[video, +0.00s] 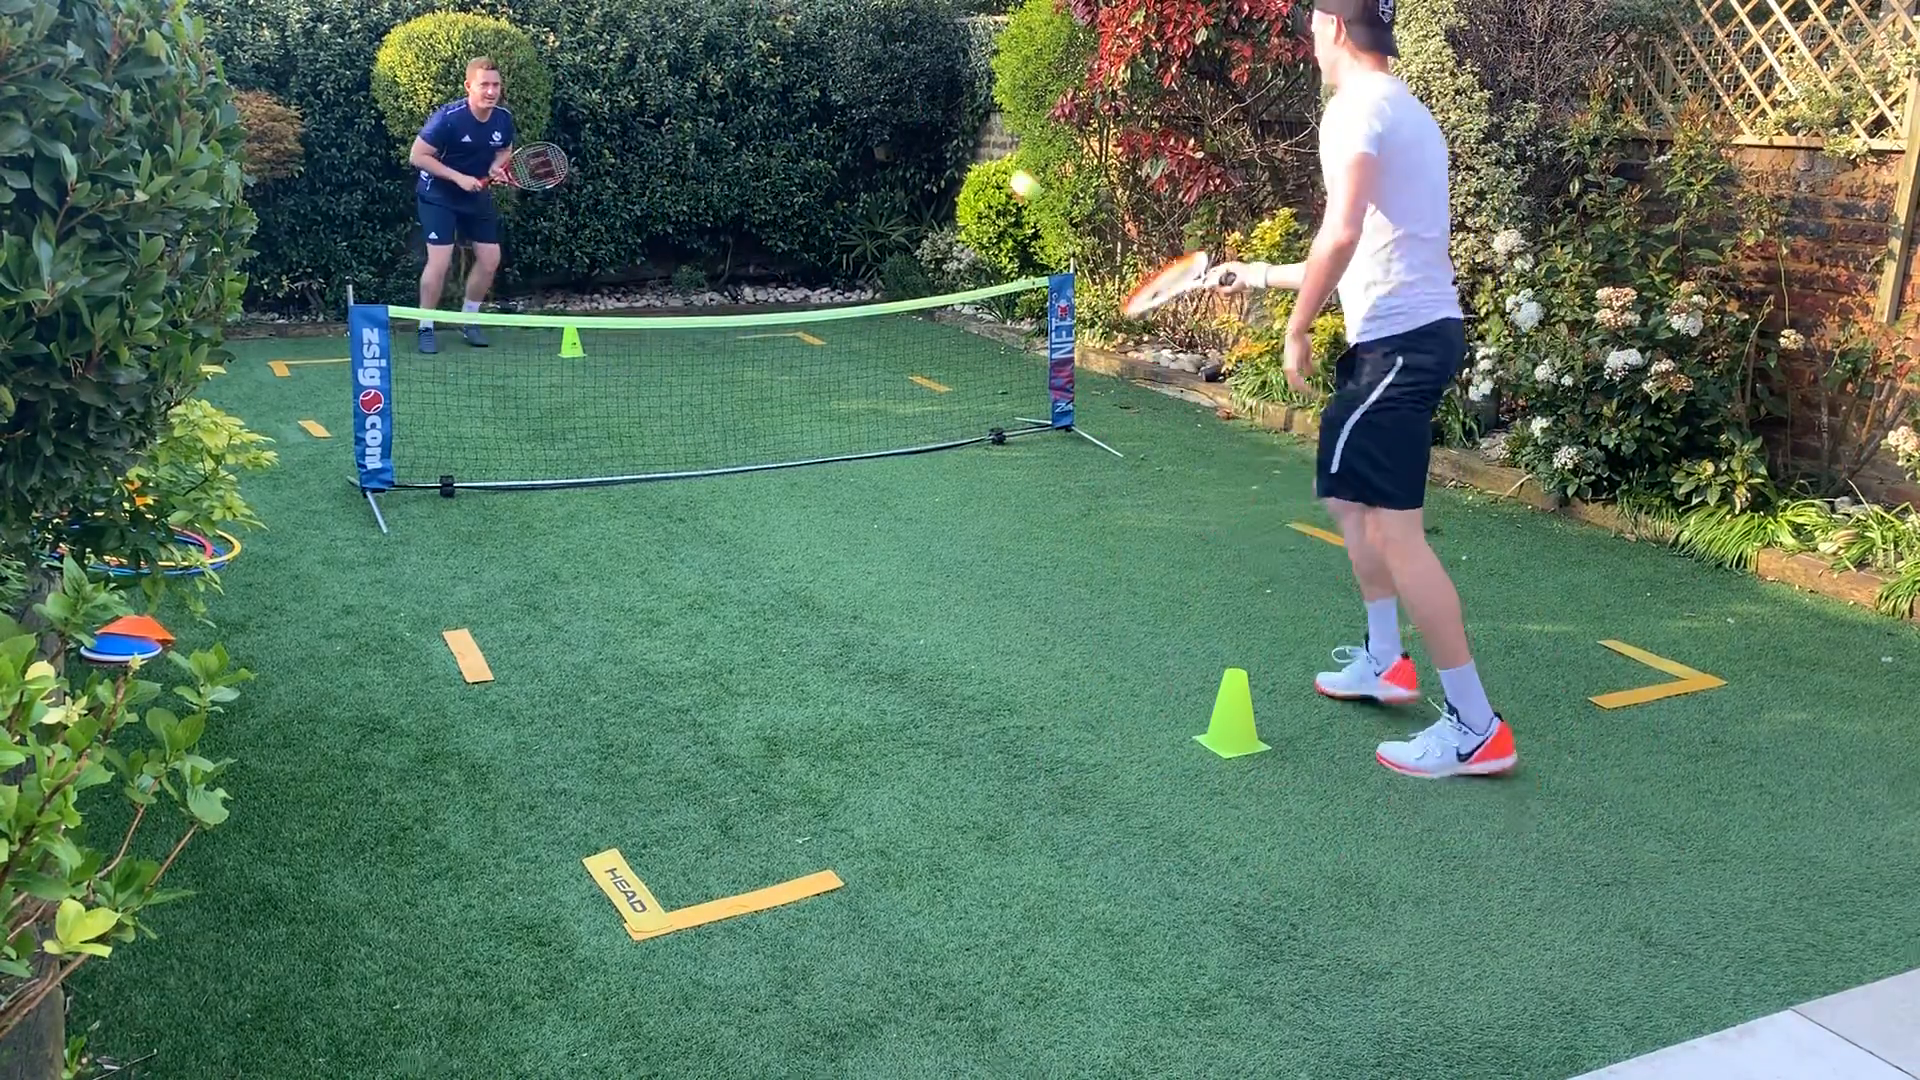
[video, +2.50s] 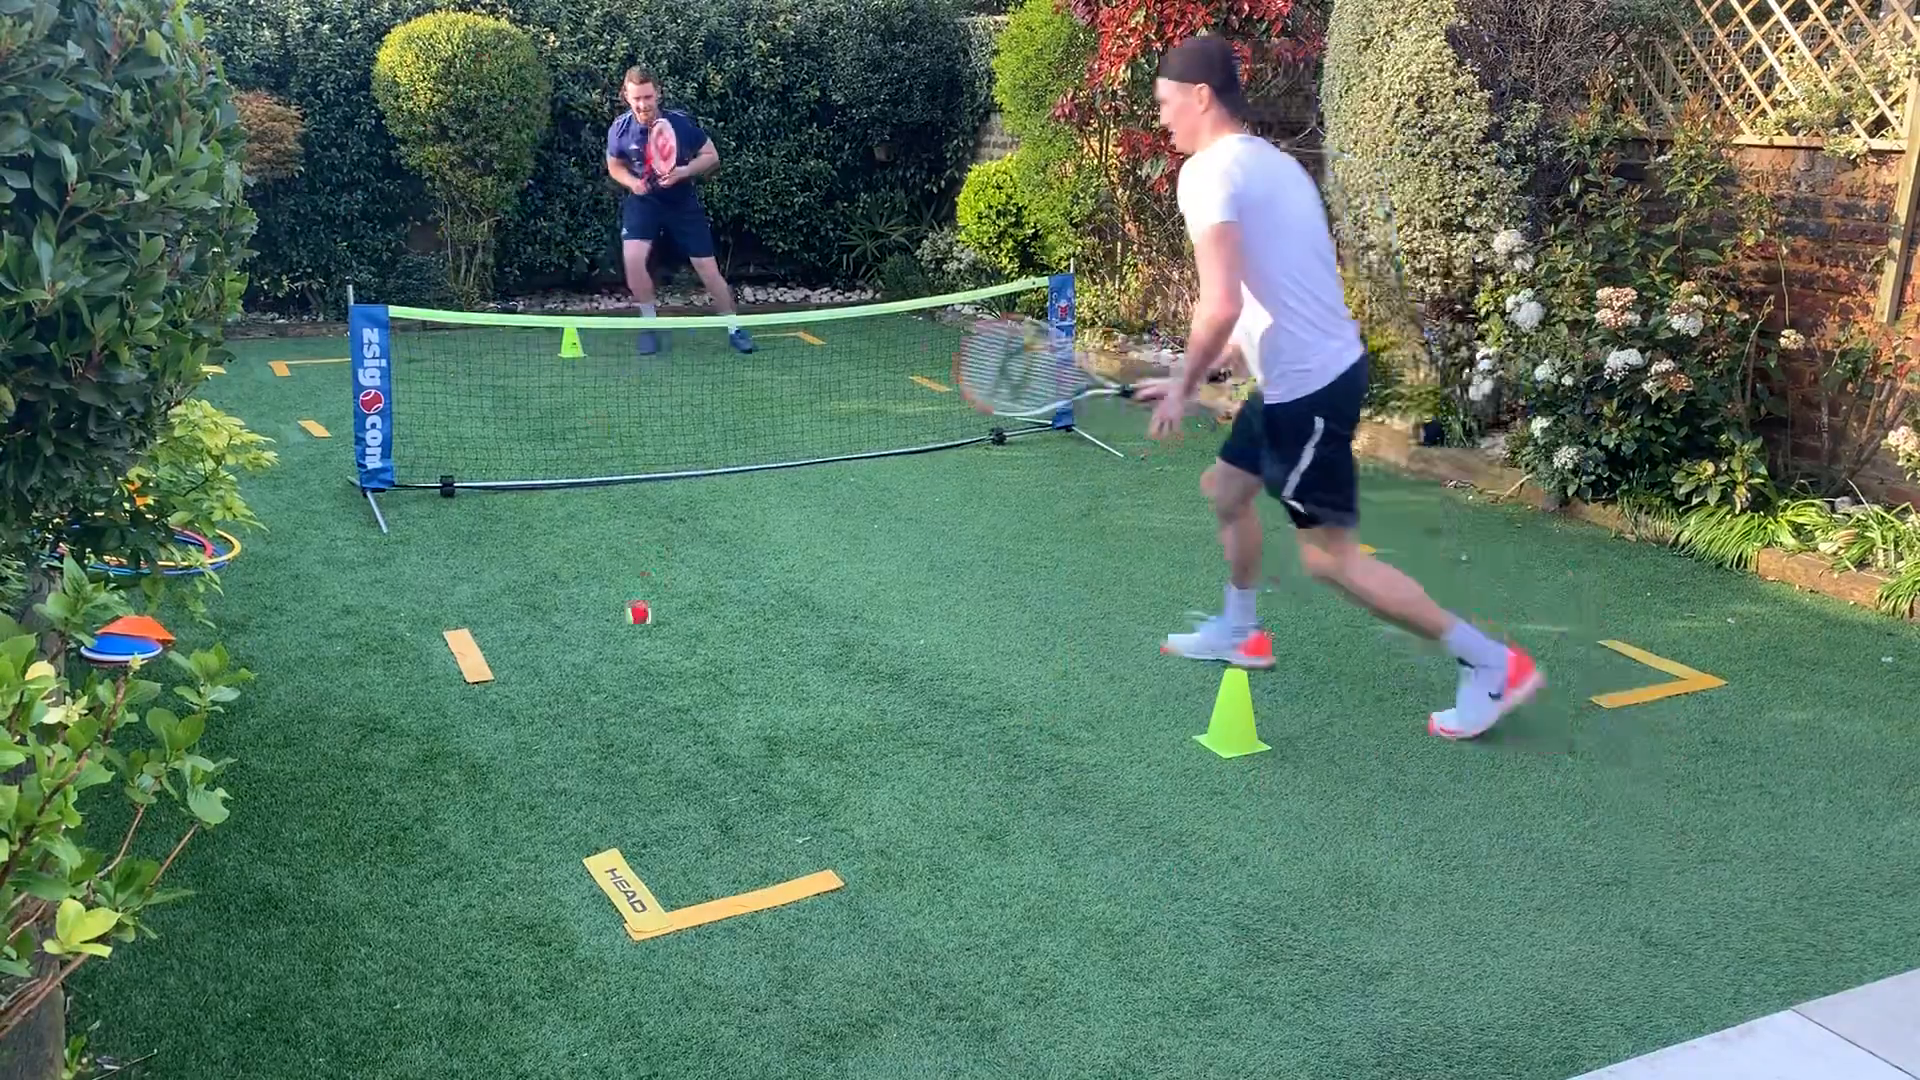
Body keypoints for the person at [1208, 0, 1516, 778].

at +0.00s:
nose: (1308, 41)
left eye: (1311, 26)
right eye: (1309, 27)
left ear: (1333, 27)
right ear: (1378, 31)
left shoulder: (1357, 104)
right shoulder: (1406, 108)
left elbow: (1345, 231)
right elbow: (1364, 254)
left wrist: (1299, 328)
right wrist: (1252, 274)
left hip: (1401, 337)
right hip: (1405, 334)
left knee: (1394, 530)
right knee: (1345, 489)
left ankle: (1476, 723)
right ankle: (1383, 658)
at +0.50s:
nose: (1177, 139)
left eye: (1175, 122)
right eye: (1170, 126)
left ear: (1205, 100)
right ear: (1213, 102)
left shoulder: (1255, 171)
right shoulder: (1286, 161)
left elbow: (1298, 288)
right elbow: (1346, 272)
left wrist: (1248, 392)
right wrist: (1344, 353)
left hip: (1285, 386)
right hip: (1314, 378)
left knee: (1138, 489)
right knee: (1241, 492)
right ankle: (1312, 620)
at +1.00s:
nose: (1095, 36)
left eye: (1096, 23)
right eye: (1097, 24)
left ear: (1110, 24)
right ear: (1177, 28)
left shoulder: (1136, 107)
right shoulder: (1235, 108)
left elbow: (1134, 250)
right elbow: (1311, 214)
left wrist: (1064, 293)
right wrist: (1287, 315)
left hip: (1191, 345)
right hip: (1245, 345)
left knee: (1102, 527)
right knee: (1127, 515)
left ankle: (1073, 740)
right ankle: (1108, 689)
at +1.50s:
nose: (1225, 76)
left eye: (1228, 61)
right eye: (1230, 60)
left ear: (1245, 73)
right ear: (1316, 74)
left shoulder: (1229, 181)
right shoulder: (1379, 174)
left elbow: (1211, 341)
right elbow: (1447, 319)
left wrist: (1198, 402)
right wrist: (1390, 402)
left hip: (1321, 442)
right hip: (1406, 435)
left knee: (1232, 654)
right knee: (1307, 579)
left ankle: (1277, 892)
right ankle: (1385, 773)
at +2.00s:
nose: (1412, 104)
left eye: (1417, 91)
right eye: (1416, 89)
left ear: (1439, 101)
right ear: (1495, 103)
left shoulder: (1411, 199)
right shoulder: (1553, 193)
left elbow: (1383, 359)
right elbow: (1566, 337)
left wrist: (1349, 386)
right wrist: (1447, 403)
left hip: (1474, 445)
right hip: (1571, 437)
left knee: (1393, 602)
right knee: (1588, 627)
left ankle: (1508, 772)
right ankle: (1646, 822)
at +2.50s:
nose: (1161, 118)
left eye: (1166, 102)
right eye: (1159, 104)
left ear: (1202, 96)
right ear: (1213, 98)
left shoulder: (1212, 171)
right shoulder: (1274, 162)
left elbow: (1222, 305)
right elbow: (1277, 297)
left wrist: (1182, 386)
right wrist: (1198, 368)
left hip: (1308, 385)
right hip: (1308, 376)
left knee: (1330, 558)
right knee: (1226, 490)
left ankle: (1493, 663)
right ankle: (1237, 628)